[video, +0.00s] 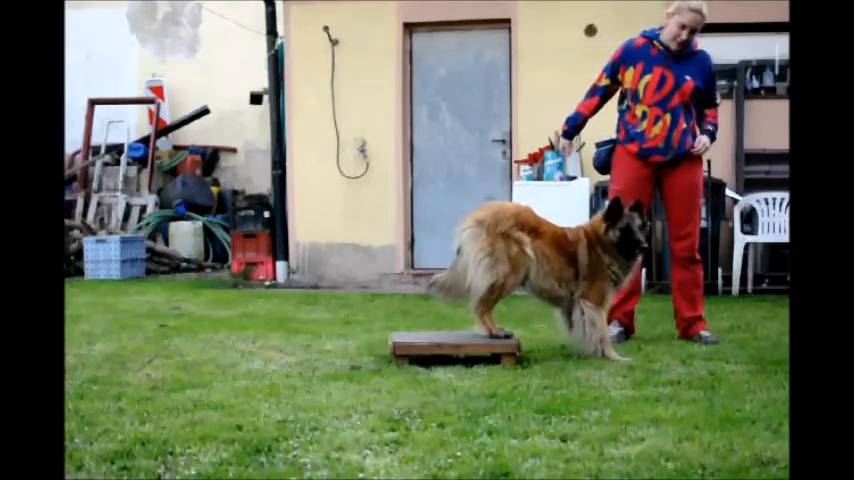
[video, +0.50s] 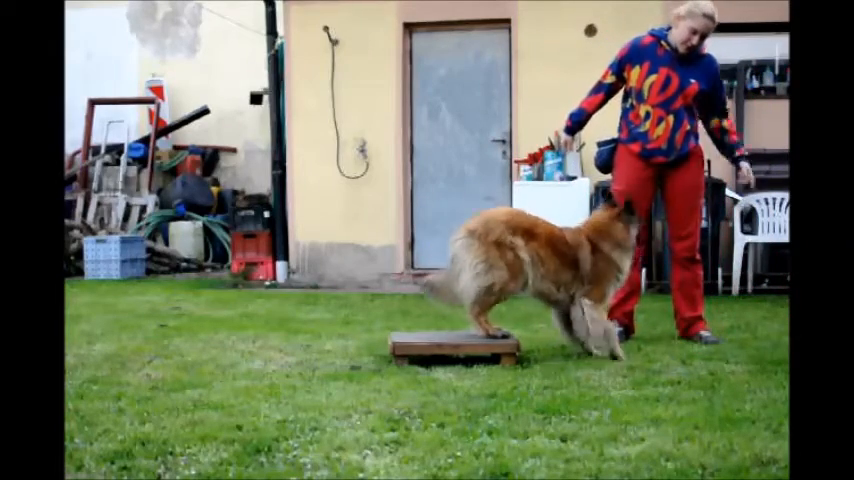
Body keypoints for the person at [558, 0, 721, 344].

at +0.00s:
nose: (684, 36)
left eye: (692, 32)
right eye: (682, 27)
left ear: (698, 33)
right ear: (667, 17)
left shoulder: (700, 62)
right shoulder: (633, 50)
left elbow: (709, 108)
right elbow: (600, 91)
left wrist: (707, 134)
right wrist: (568, 130)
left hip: (682, 158)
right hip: (633, 155)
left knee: (686, 244)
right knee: (624, 237)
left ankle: (692, 325)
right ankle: (620, 322)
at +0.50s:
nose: (695, 40)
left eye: (702, 36)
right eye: (693, 31)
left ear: (707, 36)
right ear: (676, 19)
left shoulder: (705, 65)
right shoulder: (639, 49)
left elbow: (717, 117)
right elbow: (604, 88)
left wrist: (739, 157)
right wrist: (571, 126)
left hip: (684, 159)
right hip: (635, 156)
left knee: (686, 246)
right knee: (625, 240)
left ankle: (692, 325)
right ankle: (620, 321)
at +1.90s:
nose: (722, 147)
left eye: (726, 142)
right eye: (718, 140)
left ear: (732, 135)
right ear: (701, 125)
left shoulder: (715, 146)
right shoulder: (663, 120)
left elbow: (710, 187)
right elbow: (617, 148)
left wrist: (713, 233)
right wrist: (586, 185)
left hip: (671, 179)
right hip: (627, 172)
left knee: (686, 245)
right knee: (614, 244)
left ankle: (686, 323)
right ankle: (600, 320)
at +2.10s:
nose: (733, 147)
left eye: (738, 141)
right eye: (729, 139)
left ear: (744, 135)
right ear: (712, 124)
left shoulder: (728, 147)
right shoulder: (674, 122)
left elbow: (723, 188)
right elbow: (627, 153)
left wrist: (733, 232)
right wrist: (599, 189)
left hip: (685, 179)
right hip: (639, 172)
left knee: (696, 244)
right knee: (624, 243)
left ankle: (687, 323)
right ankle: (603, 320)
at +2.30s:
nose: (740, 148)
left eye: (746, 142)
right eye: (737, 140)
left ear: (751, 138)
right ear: (720, 125)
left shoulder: (739, 154)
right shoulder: (679, 126)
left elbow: (742, 191)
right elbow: (633, 155)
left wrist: (735, 221)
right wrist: (605, 191)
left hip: (689, 184)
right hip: (644, 174)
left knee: (703, 245)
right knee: (626, 244)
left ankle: (688, 324)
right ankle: (604, 321)